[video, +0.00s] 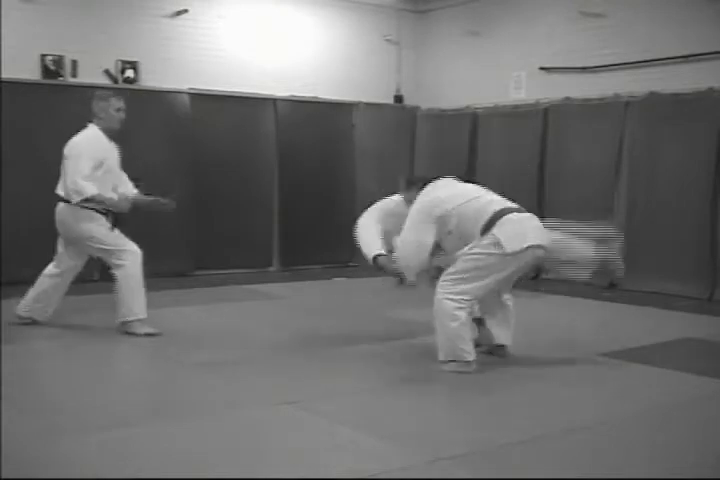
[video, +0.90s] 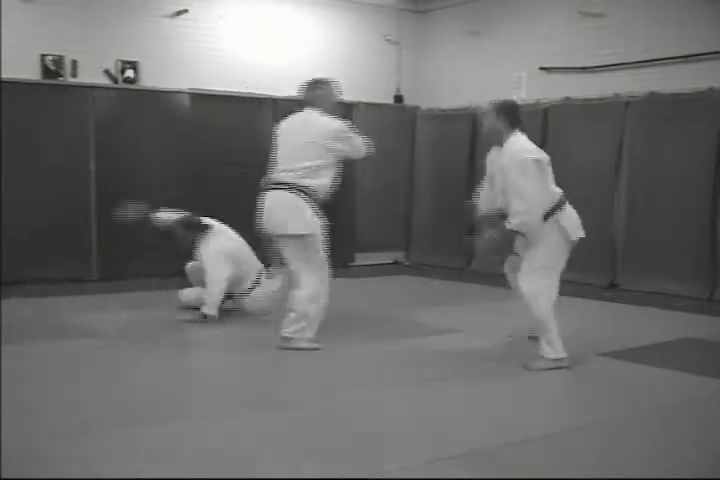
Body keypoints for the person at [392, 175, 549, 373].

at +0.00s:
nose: (410, 206)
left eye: (410, 201)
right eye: (408, 201)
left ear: (416, 191)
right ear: (430, 184)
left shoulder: (427, 199)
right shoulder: (460, 189)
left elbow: (411, 256)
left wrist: (409, 275)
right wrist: (440, 265)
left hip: (507, 237)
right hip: (536, 235)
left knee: (450, 290)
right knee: (494, 290)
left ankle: (459, 360)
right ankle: (498, 344)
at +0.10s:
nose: (411, 176)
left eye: (412, 170)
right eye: (411, 171)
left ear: (422, 166)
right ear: (439, 164)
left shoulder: (435, 180)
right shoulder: (460, 179)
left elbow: (392, 207)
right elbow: (436, 230)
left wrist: (354, 232)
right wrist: (413, 251)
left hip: (514, 230)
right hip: (540, 230)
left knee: (460, 284)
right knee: (495, 285)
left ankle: (460, 356)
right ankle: (497, 343)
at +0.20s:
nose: (418, 160)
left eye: (420, 155)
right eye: (418, 156)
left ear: (430, 151)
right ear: (442, 148)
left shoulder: (443, 163)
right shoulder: (461, 170)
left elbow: (402, 183)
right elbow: (435, 225)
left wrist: (365, 198)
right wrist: (422, 261)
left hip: (518, 225)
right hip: (538, 224)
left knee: (468, 279)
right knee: (492, 277)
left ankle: (463, 355)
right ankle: (496, 339)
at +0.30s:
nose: (423, 145)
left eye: (426, 139)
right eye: (423, 139)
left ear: (440, 138)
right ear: (450, 137)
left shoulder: (454, 155)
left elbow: (417, 175)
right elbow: (436, 209)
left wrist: (377, 178)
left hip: (517, 222)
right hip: (533, 220)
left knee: (475, 282)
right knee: (494, 276)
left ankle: (465, 356)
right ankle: (495, 328)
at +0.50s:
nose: (449, 126)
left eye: (453, 120)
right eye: (450, 120)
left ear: (469, 122)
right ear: (469, 123)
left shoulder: (481, 149)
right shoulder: (475, 148)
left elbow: (467, 203)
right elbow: (459, 192)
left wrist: (429, 212)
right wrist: (431, 206)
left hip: (524, 225)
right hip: (509, 228)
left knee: (496, 282)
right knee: (489, 278)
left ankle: (535, 343)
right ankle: (498, 332)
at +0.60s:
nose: (457, 120)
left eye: (462, 114)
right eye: (459, 114)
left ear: (477, 117)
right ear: (481, 117)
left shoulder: (487, 148)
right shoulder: (496, 140)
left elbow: (487, 198)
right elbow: (485, 193)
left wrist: (480, 242)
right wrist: (474, 227)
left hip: (531, 223)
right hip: (515, 224)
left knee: (514, 285)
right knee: (495, 273)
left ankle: (552, 350)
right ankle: (500, 327)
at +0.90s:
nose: (483, 125)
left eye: (488, 119)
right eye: (484, 119)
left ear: (503, 122)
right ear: (500, 123)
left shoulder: (522, 154)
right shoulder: (496, 155)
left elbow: (530, 207)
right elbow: (490, 196)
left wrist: (505, 231)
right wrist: (483, 217)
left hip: (554, 226)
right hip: (532, 228)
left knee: (533, 282)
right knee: (515, 270)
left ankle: (554, 352)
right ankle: (541, 326)